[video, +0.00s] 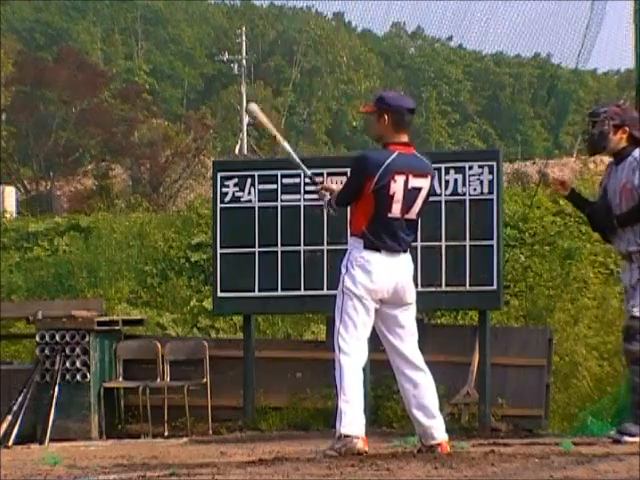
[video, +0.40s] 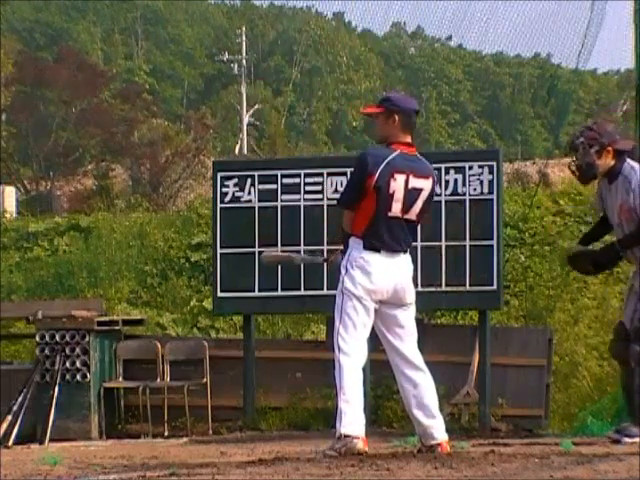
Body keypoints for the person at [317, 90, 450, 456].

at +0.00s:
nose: (369, 123)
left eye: (373, 117)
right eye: (371, 117)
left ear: (387, 120)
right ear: (402, 122)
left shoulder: (370, 162)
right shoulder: (425, 168)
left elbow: (343, 199)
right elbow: (388, 197)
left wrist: (329, 193)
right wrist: (341, 190)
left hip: (365, 264)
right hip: (402, 265)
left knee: (350, 349)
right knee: (408, 354)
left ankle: (351, 434)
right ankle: (436, 436)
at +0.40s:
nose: (373, 124)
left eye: (378, 118)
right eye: (375, 118)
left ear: (394, 121)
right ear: (402, 123)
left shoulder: (372, 159)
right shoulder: (426, 171)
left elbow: (349, 219)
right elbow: (411, 222)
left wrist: (374, 230)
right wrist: (357, 239)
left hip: (365, 262)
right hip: (401, 264)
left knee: (350, 349)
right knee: (407, 353)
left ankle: (351, 434)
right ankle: (435, 437)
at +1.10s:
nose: (365, 122)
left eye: (370, 116)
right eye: (366, 116)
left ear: (389, 118)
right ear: (396, 120)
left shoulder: (369, 157)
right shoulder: (422, 166)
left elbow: (340, 209)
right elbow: (414, 217)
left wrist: (337, 191)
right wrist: (357, 184)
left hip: (364, 262)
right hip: (401, 263)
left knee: (353, 349)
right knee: (411, 352)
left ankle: (352, 434)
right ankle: (436, 437)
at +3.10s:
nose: (354, 123)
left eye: (359, 117)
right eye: (354, 117)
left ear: (380, 119)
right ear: (384, 121)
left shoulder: (363, 155)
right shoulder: (416, 159)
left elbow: (335, 200)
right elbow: (405, 203)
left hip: (368, 261)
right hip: (404, 261)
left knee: (354, 349)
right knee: (413, 353)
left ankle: (352, 435)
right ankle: (437, 437)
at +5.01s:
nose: (358, 121)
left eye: (364, 116)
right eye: (360, 116)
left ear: (382, 118)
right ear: (391, 119)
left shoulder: (365, 154)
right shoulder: (424, 155)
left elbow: (338, 190)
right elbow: (433, 175)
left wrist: (366, 162)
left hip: (379, 257)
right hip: (416, 259)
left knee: (350, 345)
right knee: (412, 353)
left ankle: (347, 427)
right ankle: (435, 437)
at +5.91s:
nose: (365, 119)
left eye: (368, 114)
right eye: (366, 113)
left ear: (381, 119)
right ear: (398, 119)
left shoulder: (359, 161)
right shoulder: (419, 164)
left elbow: (333, 210)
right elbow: (416, 215)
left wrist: (347, 170)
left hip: (368, 262)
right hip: (407, 262)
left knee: (349, 347)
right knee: (412, 349)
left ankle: (343, 431)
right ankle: (441, 433)